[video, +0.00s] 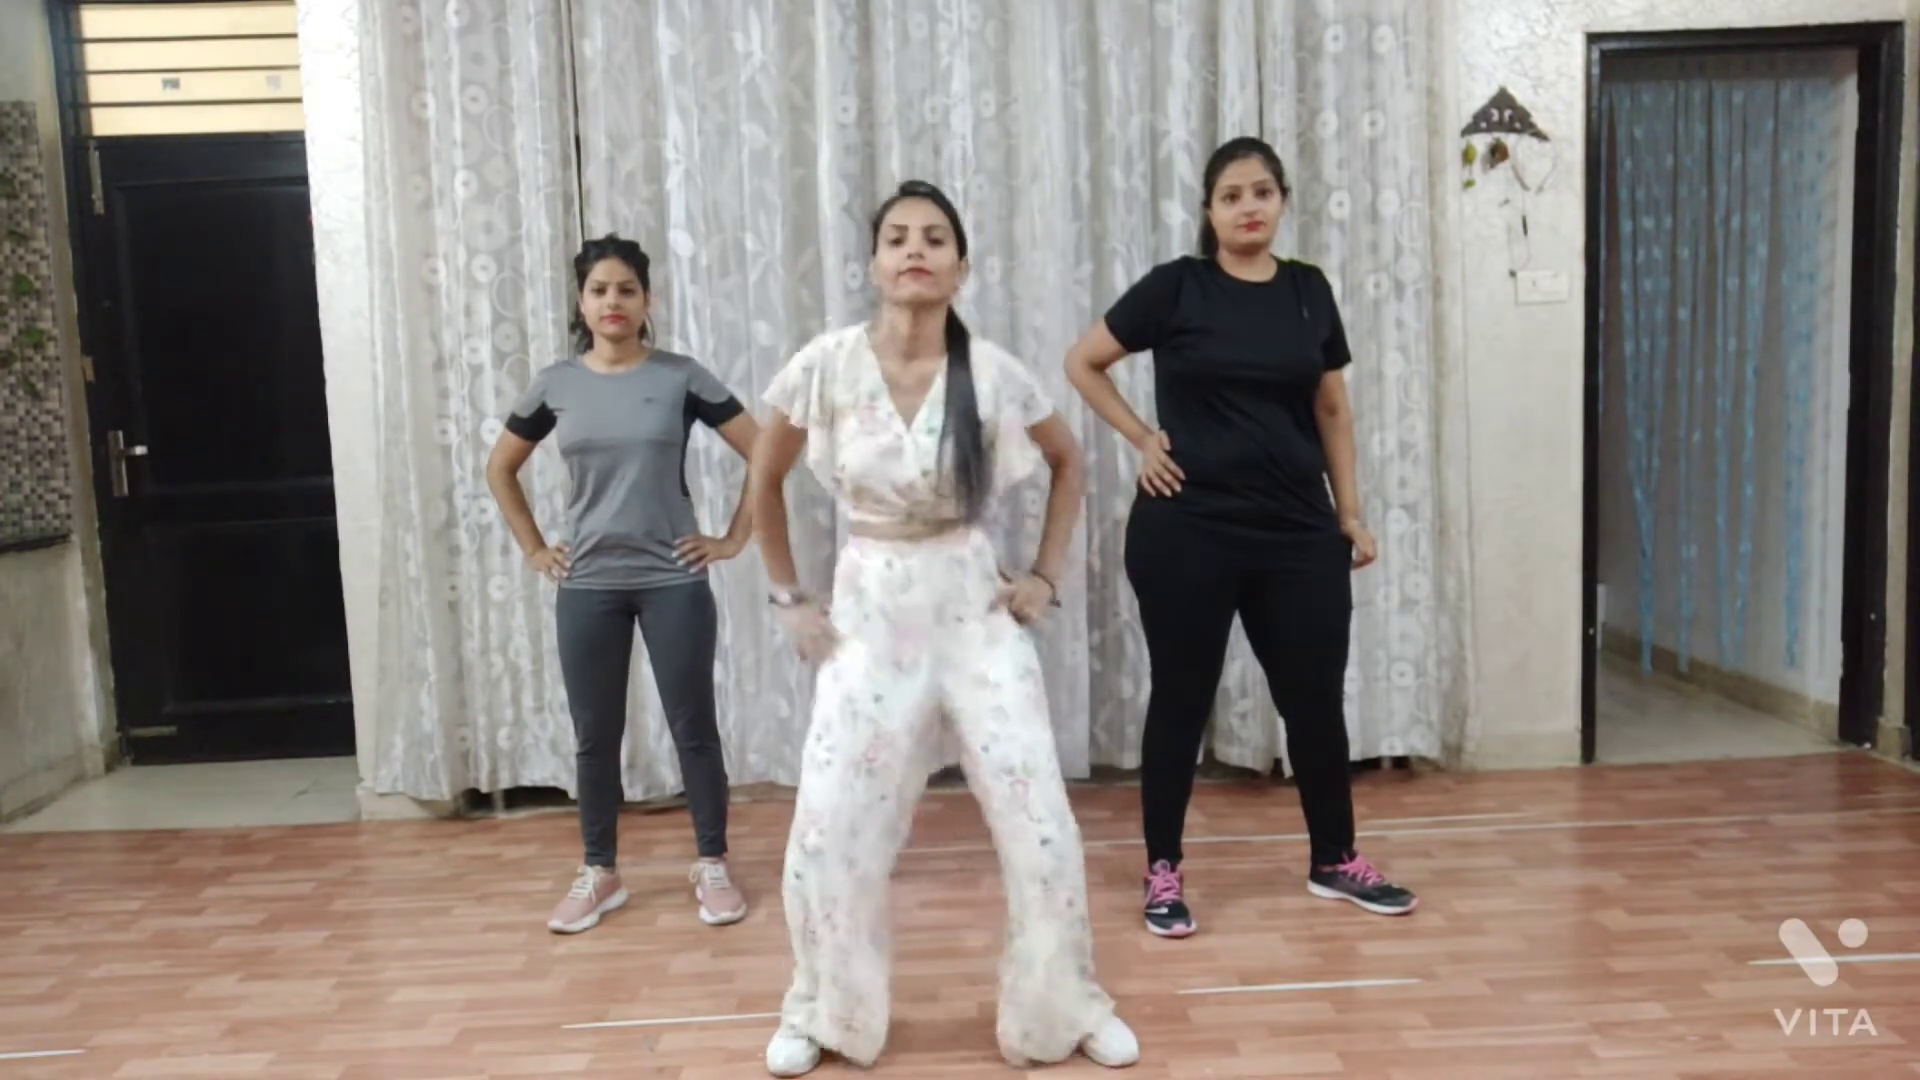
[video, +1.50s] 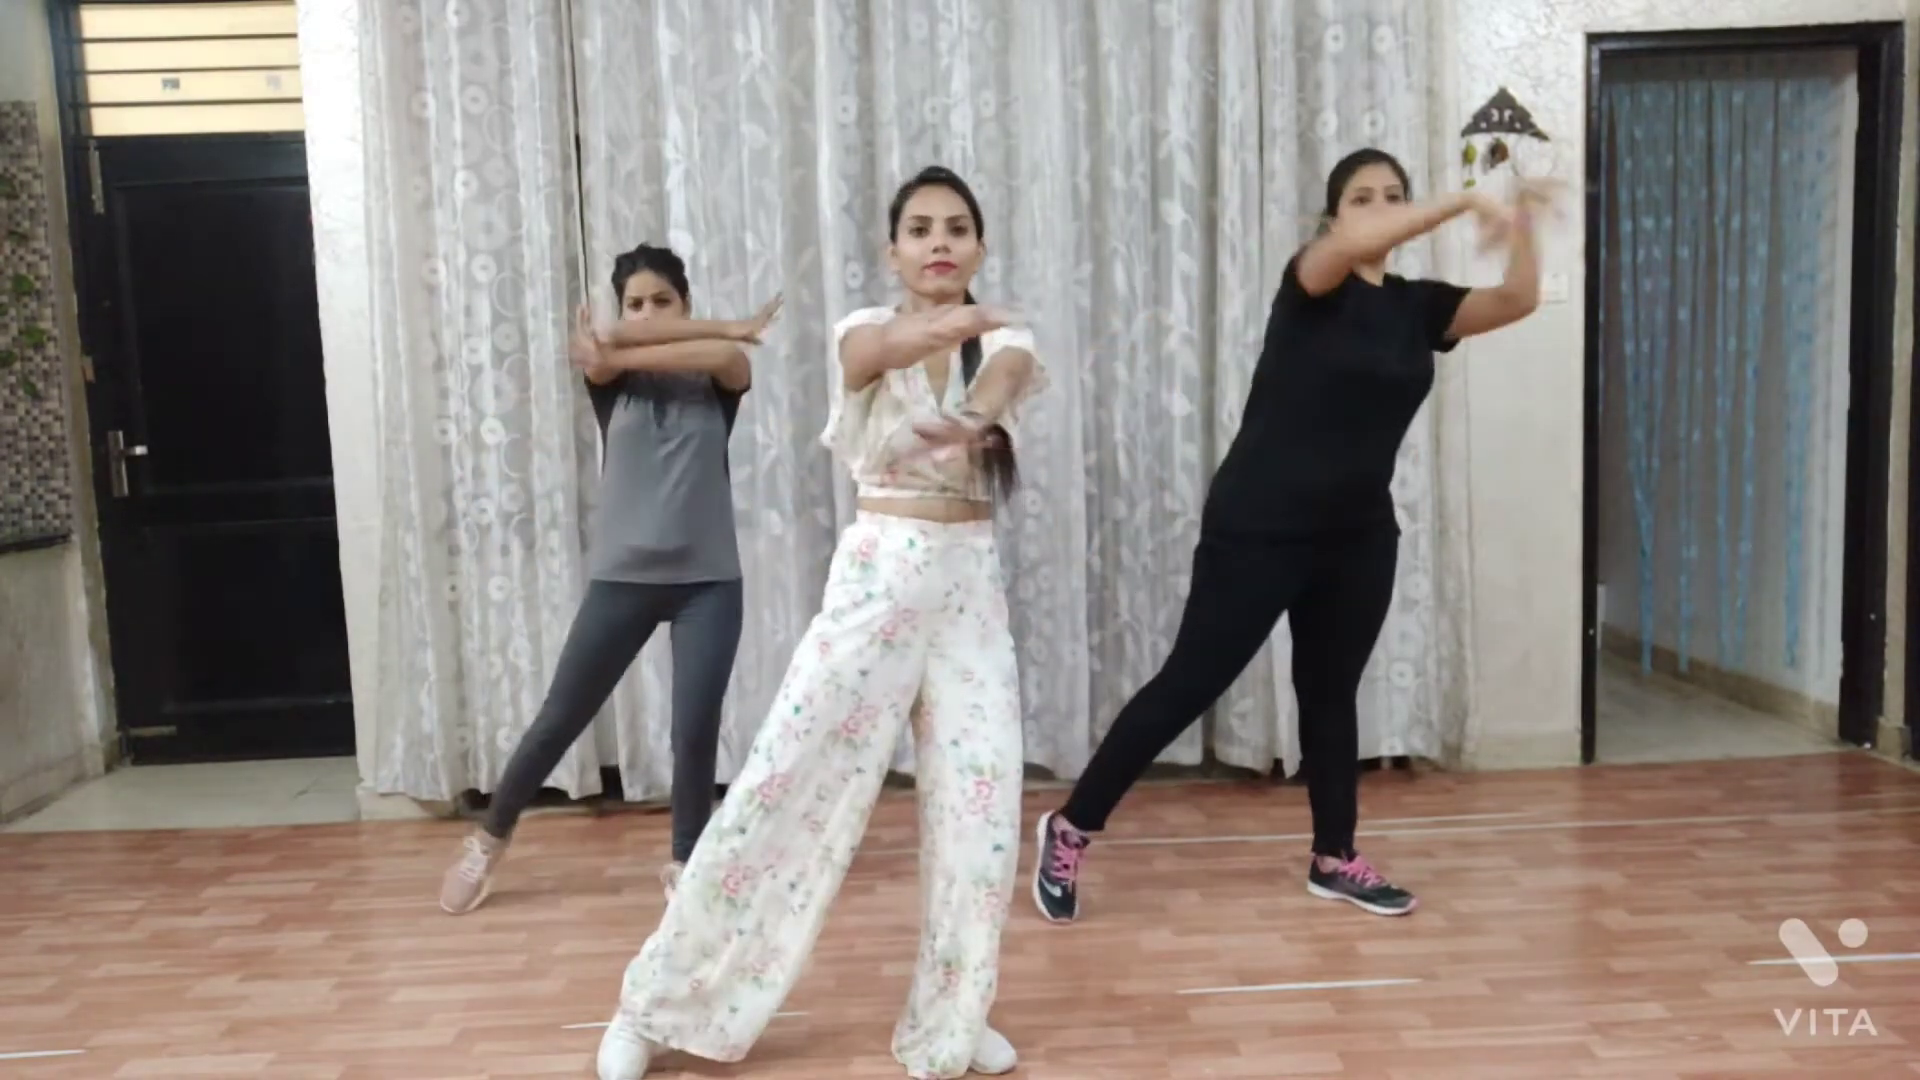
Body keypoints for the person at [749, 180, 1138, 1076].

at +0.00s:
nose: (914, 253)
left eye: (932, 241)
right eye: (898, 241)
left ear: (961, 265)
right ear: (873, 262)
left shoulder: (991, 373)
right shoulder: (822, 369)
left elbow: (1070, 464)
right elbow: (764, 482)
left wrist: (1044, 577)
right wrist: (790, 597)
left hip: (976, 617)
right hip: (867, 622)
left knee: (1038, 813)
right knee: (828, 823)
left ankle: (1067, 1002)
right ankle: (815, 1009)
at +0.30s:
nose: (916, 224)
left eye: (934, 209)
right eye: (899, 213)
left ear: (967, 228)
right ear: (877, 238)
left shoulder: (1007, 344)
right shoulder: (847, 347)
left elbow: (1053, 446)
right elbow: (763, 448)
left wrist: (1087, 523)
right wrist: (704, 520)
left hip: (971, 601)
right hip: (867, 593)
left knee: (990, 812)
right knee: (797, 791)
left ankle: (949, 1006)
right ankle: (775, 1007)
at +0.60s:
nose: (929, 235)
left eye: (947, 222)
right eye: (910, 224)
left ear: (977, 248)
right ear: (885, 253)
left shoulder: (1023, 351)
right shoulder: (853, 354)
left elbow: (1145, 410)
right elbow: (726, 420)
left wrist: (1258, 458)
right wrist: (603, 468)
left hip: (969, 621)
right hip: (869, 613)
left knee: (981, 826)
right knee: (774, 805)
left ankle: (947, 1025)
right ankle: (643, 1017)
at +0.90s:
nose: (924, 236)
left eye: (942, 223)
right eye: (906, 225)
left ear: (973, 248)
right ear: (883, 252)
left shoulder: (1017, 344)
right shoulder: (859, 349)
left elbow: (1154, 379)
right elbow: (749, 390)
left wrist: (1283, 410)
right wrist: (632, 426)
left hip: (970, 612)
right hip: (868, 602)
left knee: (985, 818)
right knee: (767, 799)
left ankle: (949, 1028)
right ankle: (647, 1013)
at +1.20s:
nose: (933, 240)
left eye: (950, 227)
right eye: (916, 228)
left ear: (979, 247)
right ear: (891, 250)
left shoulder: (1005, 343)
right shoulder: (866, 341)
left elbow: (1072, 373)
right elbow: (812, 357)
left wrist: (1141, 405)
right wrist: (754, 380)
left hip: (971, 605)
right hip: (872, 596)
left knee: (986, 822)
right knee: (769, 789)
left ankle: (949, 1024)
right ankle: (646, 1010)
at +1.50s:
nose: (941, 244)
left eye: (957, 230)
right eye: (922, 230)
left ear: (982, 248)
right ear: (893, 247)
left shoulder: (1003, 336)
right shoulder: (860, 333)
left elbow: (1006, 377)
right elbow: (883, 347)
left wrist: (969, 420)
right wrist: (962, 322)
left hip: (971, 597)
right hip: (875, 591)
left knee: (985, 811)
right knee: (773, 784)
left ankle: (948, 1025)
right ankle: (644, 1011)